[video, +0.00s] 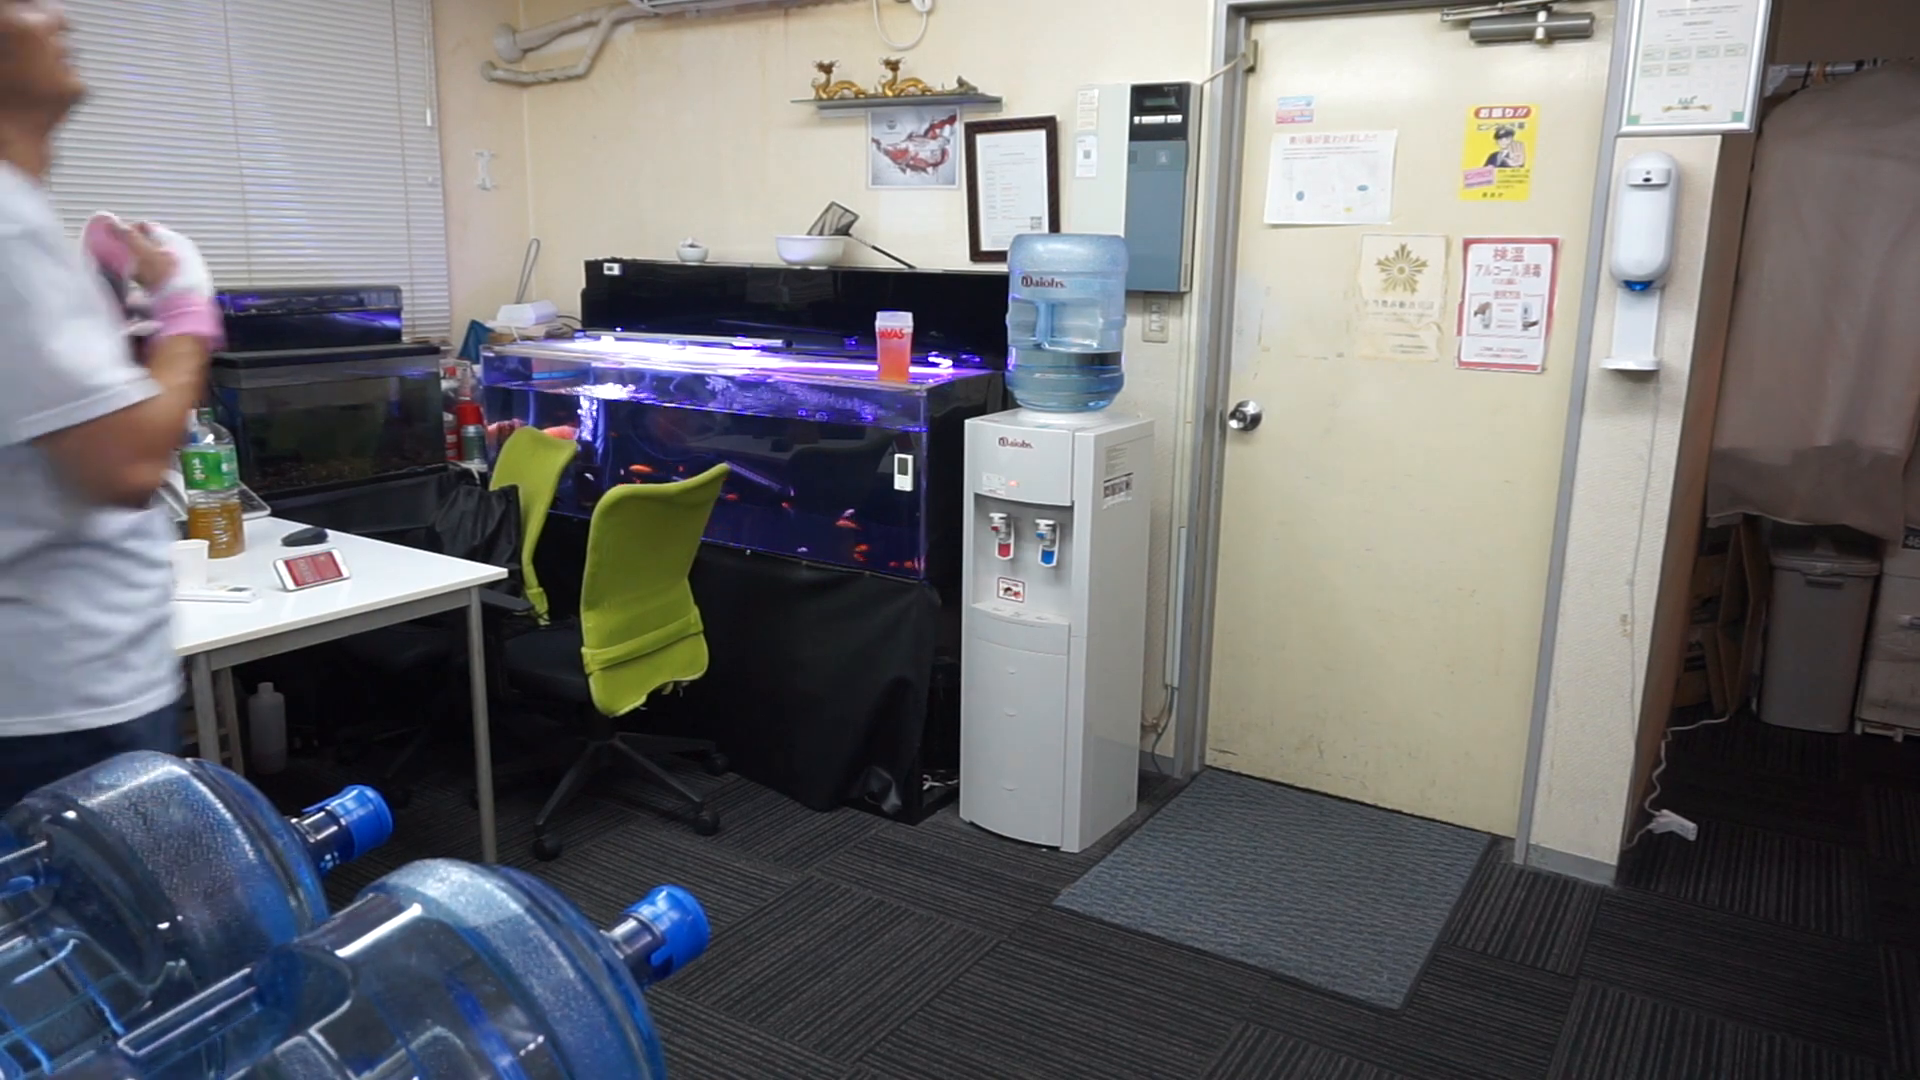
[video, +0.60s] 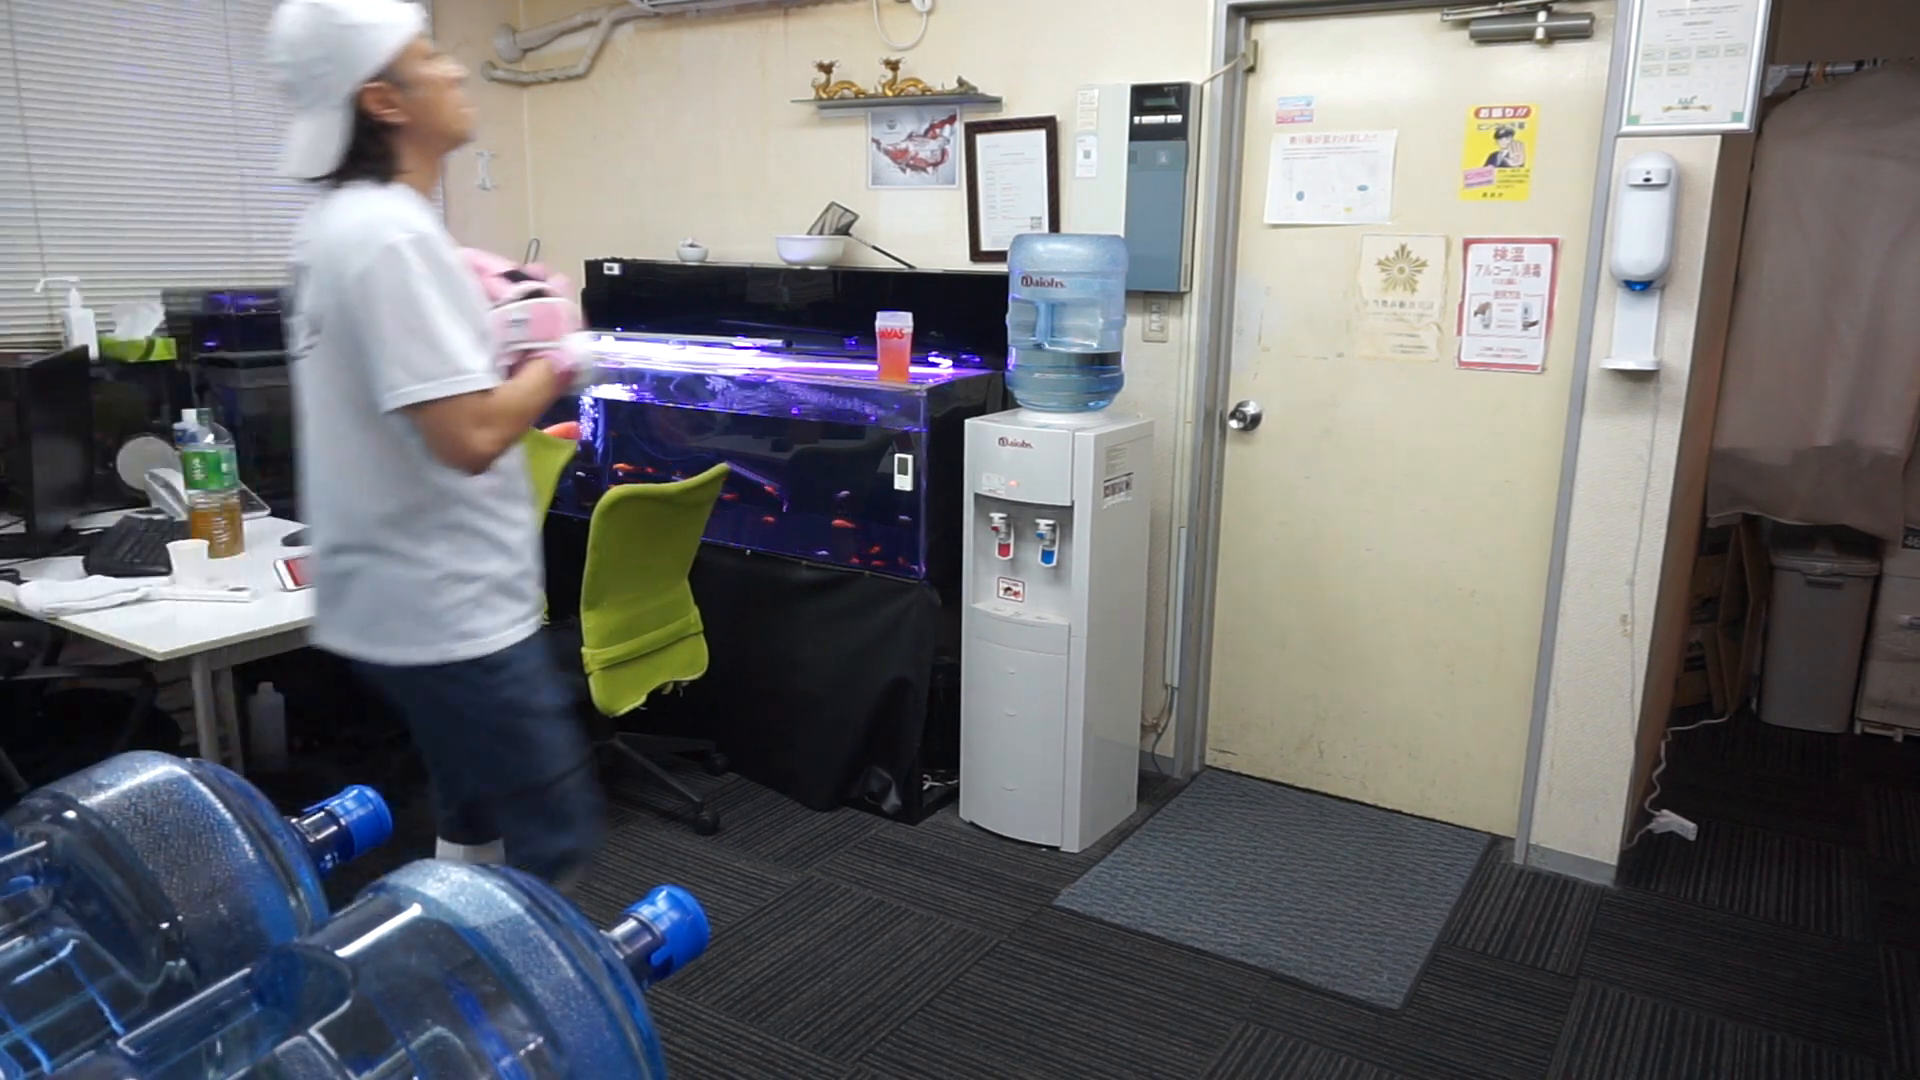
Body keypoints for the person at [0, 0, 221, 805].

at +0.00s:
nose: (61, 16)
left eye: (45, 6)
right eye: (30, 8)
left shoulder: (27, 217)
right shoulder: (17, 226)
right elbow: (124, 462)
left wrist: (120, 308)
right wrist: (188, 315)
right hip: (71, 699)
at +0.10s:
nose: (132, 19)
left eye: (112, 5)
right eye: (98, 8)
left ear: (43, 59)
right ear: (40, 59)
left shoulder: (39, 197)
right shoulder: (58, 209)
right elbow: (193, 452)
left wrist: (159, 287)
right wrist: (259, 326)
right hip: (122, 700)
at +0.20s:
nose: (208, 35)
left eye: (189, 18)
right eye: (179, 22)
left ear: (123, 72)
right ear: (122, 70)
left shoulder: (56, 203)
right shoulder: (136, 222)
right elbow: (246, 453)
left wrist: (244, 329)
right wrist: (352, 370)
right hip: (192, 689)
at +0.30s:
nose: (272, 57)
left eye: (257, 37)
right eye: (249, 44)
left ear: (199, 93)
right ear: (198, 90)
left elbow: (64, 409)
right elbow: (306, 454)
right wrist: (418, 402)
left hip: (161, 672)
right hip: (257, 690)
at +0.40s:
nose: (339, 72)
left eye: (321, 52)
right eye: (312, 61)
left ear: (265, 111)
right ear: (268, 109)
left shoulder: (197, 235)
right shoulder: (275, 245)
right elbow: (367, 452)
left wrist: (365, 351)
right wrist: (450, 391)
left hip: (263, 668)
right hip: (332, 681)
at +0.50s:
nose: (398, 76)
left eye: (382, 58)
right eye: (373, 67)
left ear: (328, 113)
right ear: (329, 111)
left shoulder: (272, 237)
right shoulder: (339, 248)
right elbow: (423, 450)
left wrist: (443, 348)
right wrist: (496, 374)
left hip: (334, 649)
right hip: (402, 662)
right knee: (450, 896)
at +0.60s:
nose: (457, 70)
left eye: (439, 52)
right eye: (430, 59)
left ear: (387, 108)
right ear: (385, 104)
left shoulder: (341, 227)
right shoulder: (389, 237)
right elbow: (467, 437)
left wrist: (507, 349)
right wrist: (550, 369)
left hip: (395, 609)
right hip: (454, 615)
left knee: (470, 826)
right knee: (553, 834)